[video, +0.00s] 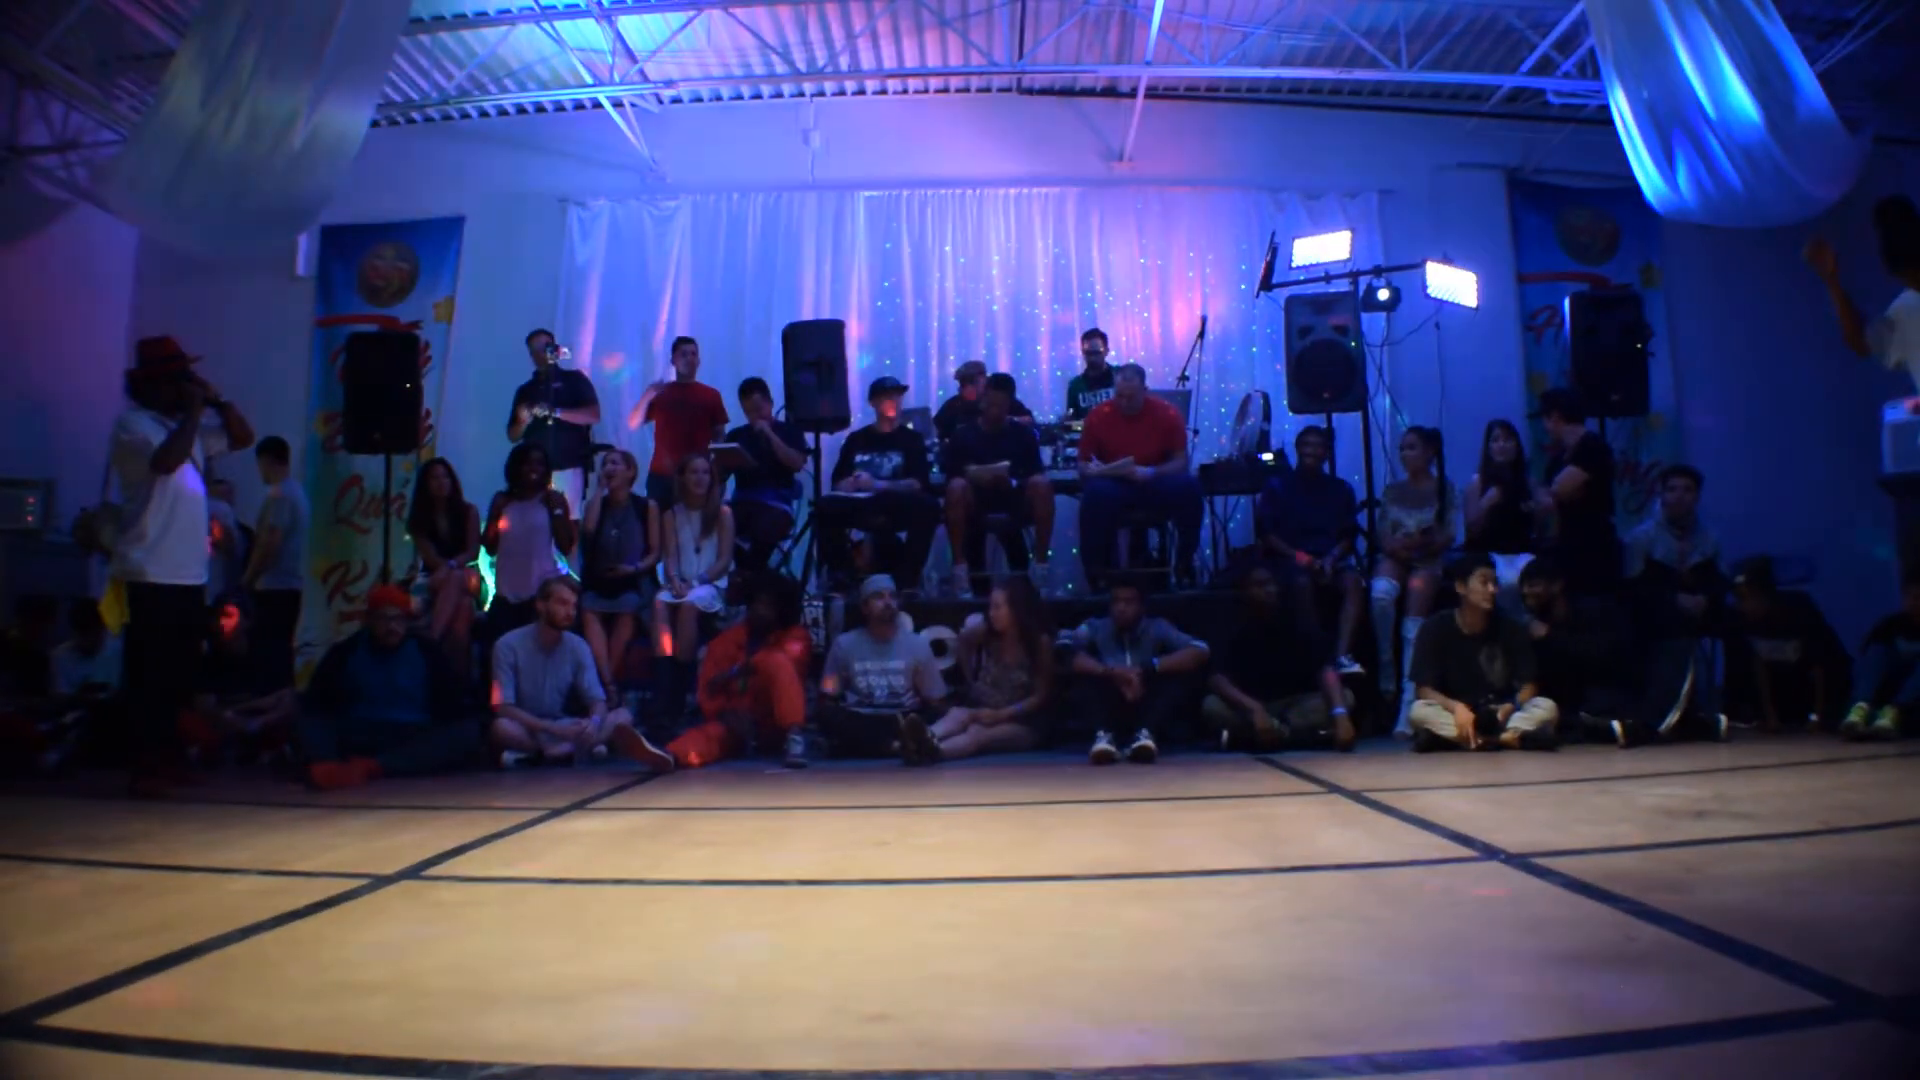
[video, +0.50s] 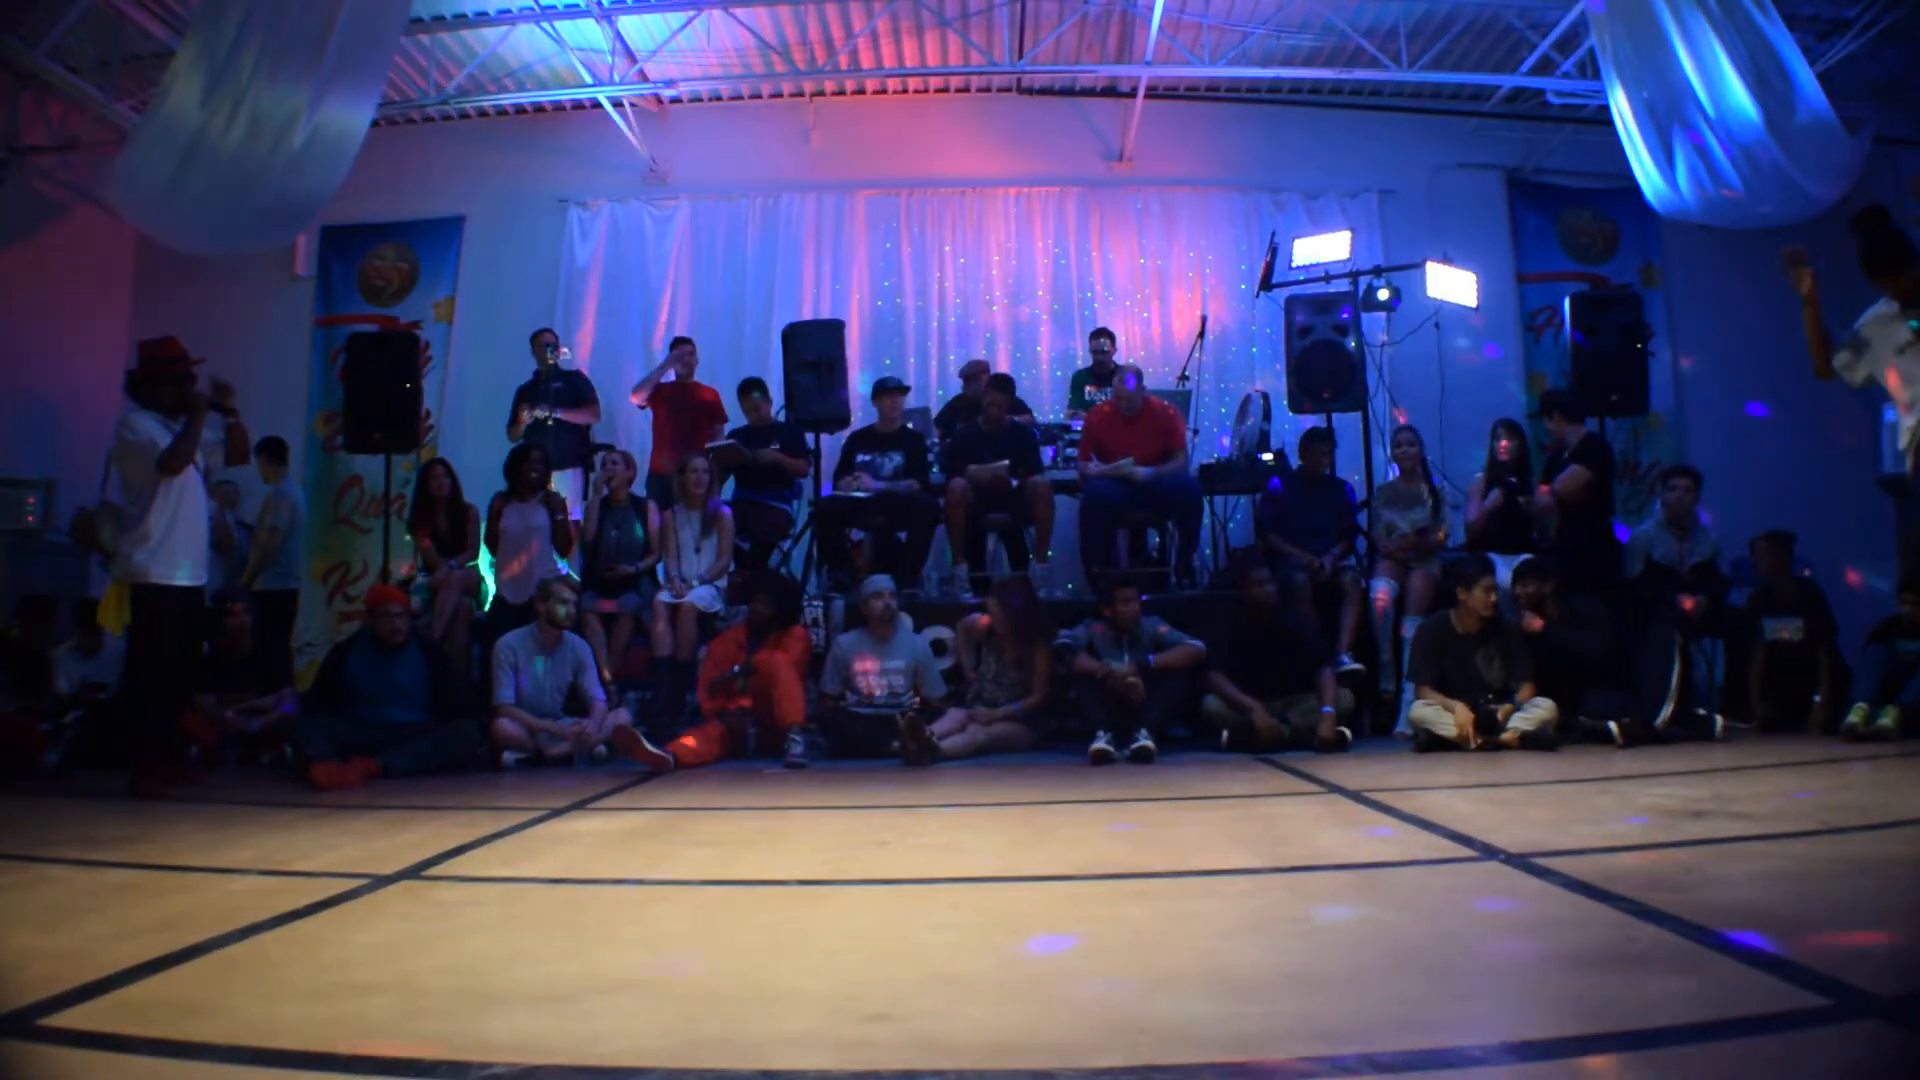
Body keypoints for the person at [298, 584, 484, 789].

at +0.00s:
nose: (392, 627)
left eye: (399, 620)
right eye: (385, 620)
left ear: (408, 621)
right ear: (370, 620)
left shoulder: (426, 653)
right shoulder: (344, 653)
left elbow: (449, 699)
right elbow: (315, 701)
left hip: (413, 732)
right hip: (355, 731)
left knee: (465, 734)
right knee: (312, 719)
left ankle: (375, 767)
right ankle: (326, 764)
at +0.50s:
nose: (397, 624)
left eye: (402, 617)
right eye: (389, 617)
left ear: (410, 618)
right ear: (372, 619)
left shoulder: (427, 652)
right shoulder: (346, 653)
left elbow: (445, 699)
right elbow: (319, 704)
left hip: (415, 733)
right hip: (358, 732)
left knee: (467, 734)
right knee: (307, 725)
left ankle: (377, 767)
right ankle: (328, 766)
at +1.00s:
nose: (396, 624)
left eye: (401, 616)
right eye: (388, 617)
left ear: (408, 617)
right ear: (371, 620)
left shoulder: (425, 651)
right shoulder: (344, 654)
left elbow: (447, 697)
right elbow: (317, 704)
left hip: (415, 732)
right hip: (357, 732)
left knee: (467, 733)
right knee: (307, 725)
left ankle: (379, 766)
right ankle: (327, 766)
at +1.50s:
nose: (381, 623)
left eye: (388, 616)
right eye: (375, 615)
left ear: (401, 619)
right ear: (364, 617)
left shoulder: (420, 648)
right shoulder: (347, 648)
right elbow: (317, 696)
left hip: (413, 729)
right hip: (356, 728)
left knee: (466, 735)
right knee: (305, 724)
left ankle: (379, 766)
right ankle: (328, 766)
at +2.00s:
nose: (384, 614)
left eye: (392, 606)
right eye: (378, 606)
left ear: (406, 611)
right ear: (369, 610)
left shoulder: (424, 645)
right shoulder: (351, 646)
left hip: (416, 722)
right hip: (365, 723)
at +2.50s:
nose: (365, 614)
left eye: (373, 607)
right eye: (361, 606)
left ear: (389, 612)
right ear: (354, 609)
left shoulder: (410, 642)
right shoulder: (345, 641)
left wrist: (435, 697)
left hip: (404, 717)